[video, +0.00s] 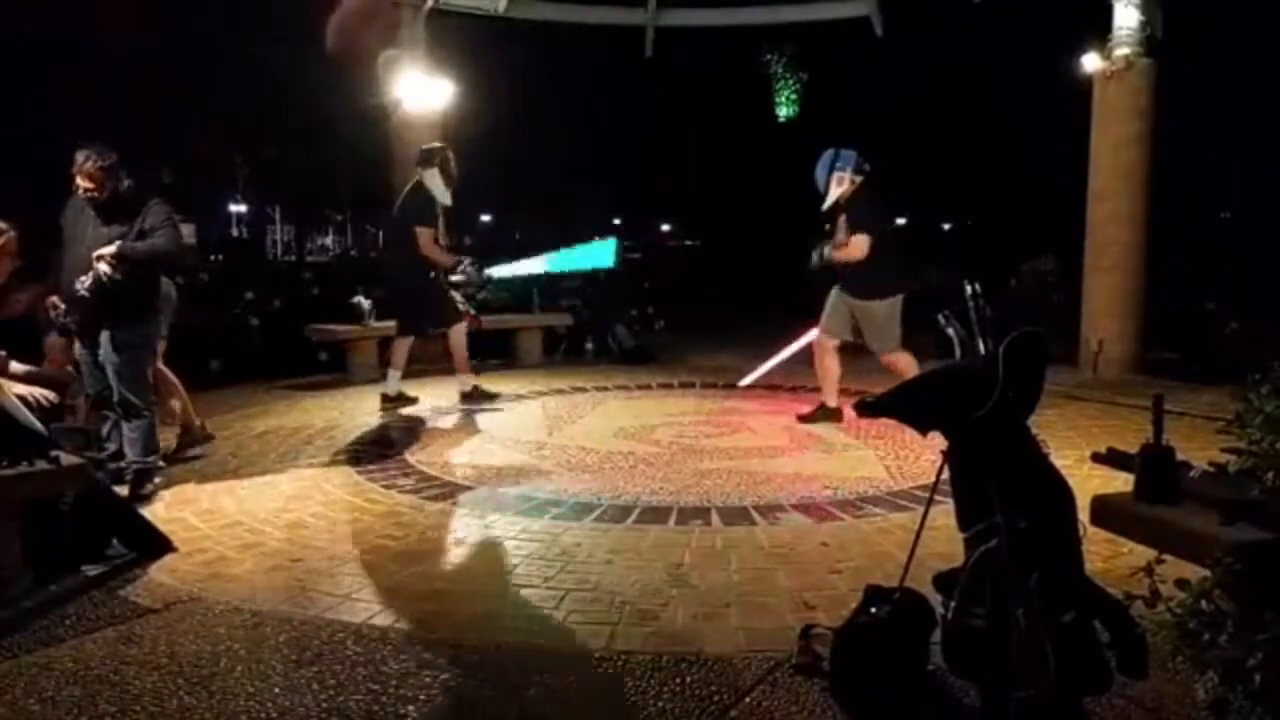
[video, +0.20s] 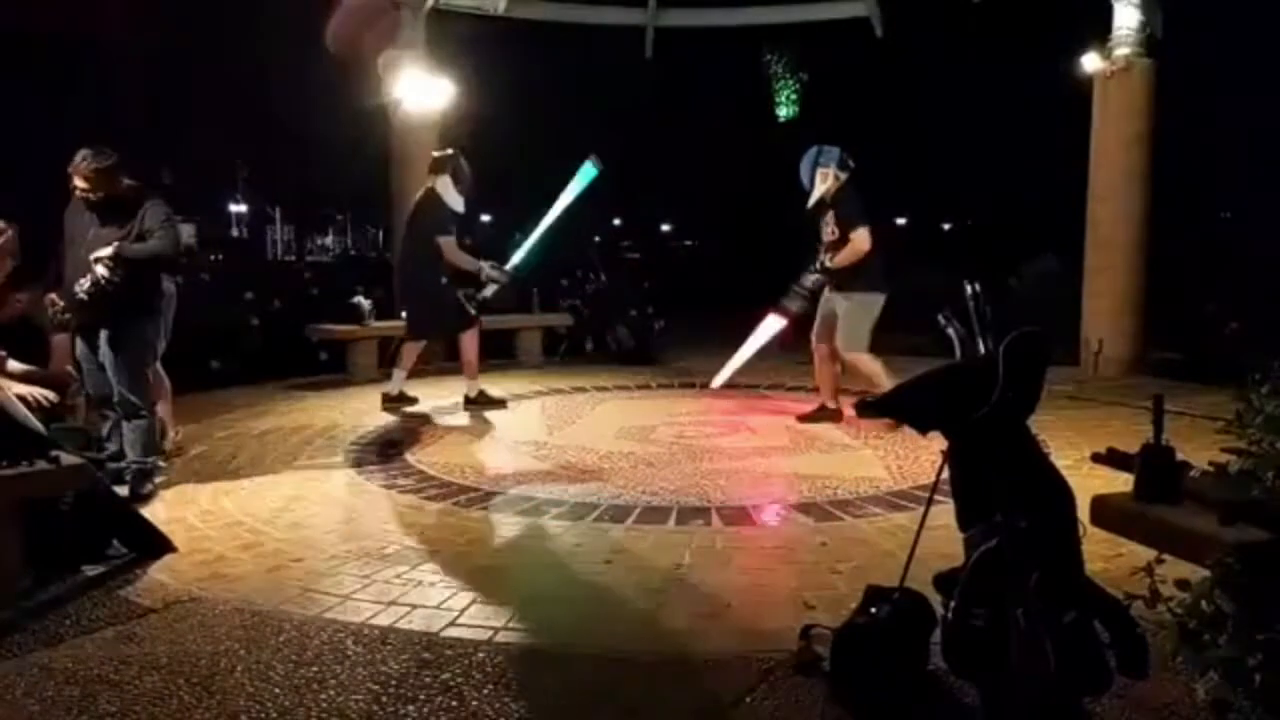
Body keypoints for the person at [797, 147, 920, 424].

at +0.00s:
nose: (827, 189)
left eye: (830, 183)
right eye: (827, 183)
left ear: (843, 179)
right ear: (844, 178)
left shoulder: (865, 204)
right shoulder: (846, 204)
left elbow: (858, 251)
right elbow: (843, 241)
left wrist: (826, 254)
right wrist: (827, 249)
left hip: (879, 293)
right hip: (847, 288)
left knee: (890, 355)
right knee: (825, 342)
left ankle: (926, 395)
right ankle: (830, 405)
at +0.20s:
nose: (814, 183)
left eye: (817, 176)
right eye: (814, 176)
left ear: (828, 173)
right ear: (825, 174)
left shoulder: (848, 199)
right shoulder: (826, 204)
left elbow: (862, 242)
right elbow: (827, 249)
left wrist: (830, 263)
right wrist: (812, 275)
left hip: (864, 289)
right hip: (836, 287)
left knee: (850, 349)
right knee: (821, 343)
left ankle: (897, 398)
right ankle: (829, 404)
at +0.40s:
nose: (807, 182)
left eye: (812, 175)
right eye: (805, 176)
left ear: (825, 173)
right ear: (804, 175)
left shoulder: (843, 201)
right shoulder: (809, 207)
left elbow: (861, 246)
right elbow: (784, 244)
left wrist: (822, 265)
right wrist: (741, 243)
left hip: (854, 284)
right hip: (832, 285)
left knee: (832, 350)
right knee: (821, 347)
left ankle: (844, 426)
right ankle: (829, 404)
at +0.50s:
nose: (803, 186)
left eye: (808, 179)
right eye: (802, 180)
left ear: (821, 178)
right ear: (802, 179)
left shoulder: (841, 206)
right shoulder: (806, 211)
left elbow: (857, 253)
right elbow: (771, 236)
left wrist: (819, 277)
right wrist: (732, 227)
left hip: (853, 287)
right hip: (832, 288)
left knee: (823, 352)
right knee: (814, 350)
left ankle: (843, 427)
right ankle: (831, 404)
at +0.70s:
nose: (793, 179)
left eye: (799, 172)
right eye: (791, 172)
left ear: (814, 172)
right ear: (791, 173)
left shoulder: (832, 199)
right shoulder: (796, 207)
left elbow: (852, 246)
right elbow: (763, 230)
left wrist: (818, 274)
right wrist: (727, 221)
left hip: (847, 286)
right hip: (823, 287)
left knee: (823, 352)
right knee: (809, 351)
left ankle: (842, 426)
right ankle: (829, 409)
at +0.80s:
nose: (791, 174)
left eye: (794, 166)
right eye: (787, 168)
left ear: (806, 166)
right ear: (783, 173)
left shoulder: (830, 197)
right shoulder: (787, 206)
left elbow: (851, 240)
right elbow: (763, 239)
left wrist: (815, 263)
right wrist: (737, 232)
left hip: (841, 285)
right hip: (815, 284)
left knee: (824, 350)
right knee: (799, 345)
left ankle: (841, 425)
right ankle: (828, 404)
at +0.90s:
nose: (792, 182)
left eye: (799, 175)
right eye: (787, 174)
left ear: (809, 176)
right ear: (778, 174)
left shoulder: (823, 202)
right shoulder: (785, 212)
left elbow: (849, 240)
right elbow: (776, 245)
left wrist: (818, 266)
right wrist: (756, 254)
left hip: (832, 290)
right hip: (807, 290)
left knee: (818, 350)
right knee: (792, 343)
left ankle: (839, 424)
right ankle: (811, 405)